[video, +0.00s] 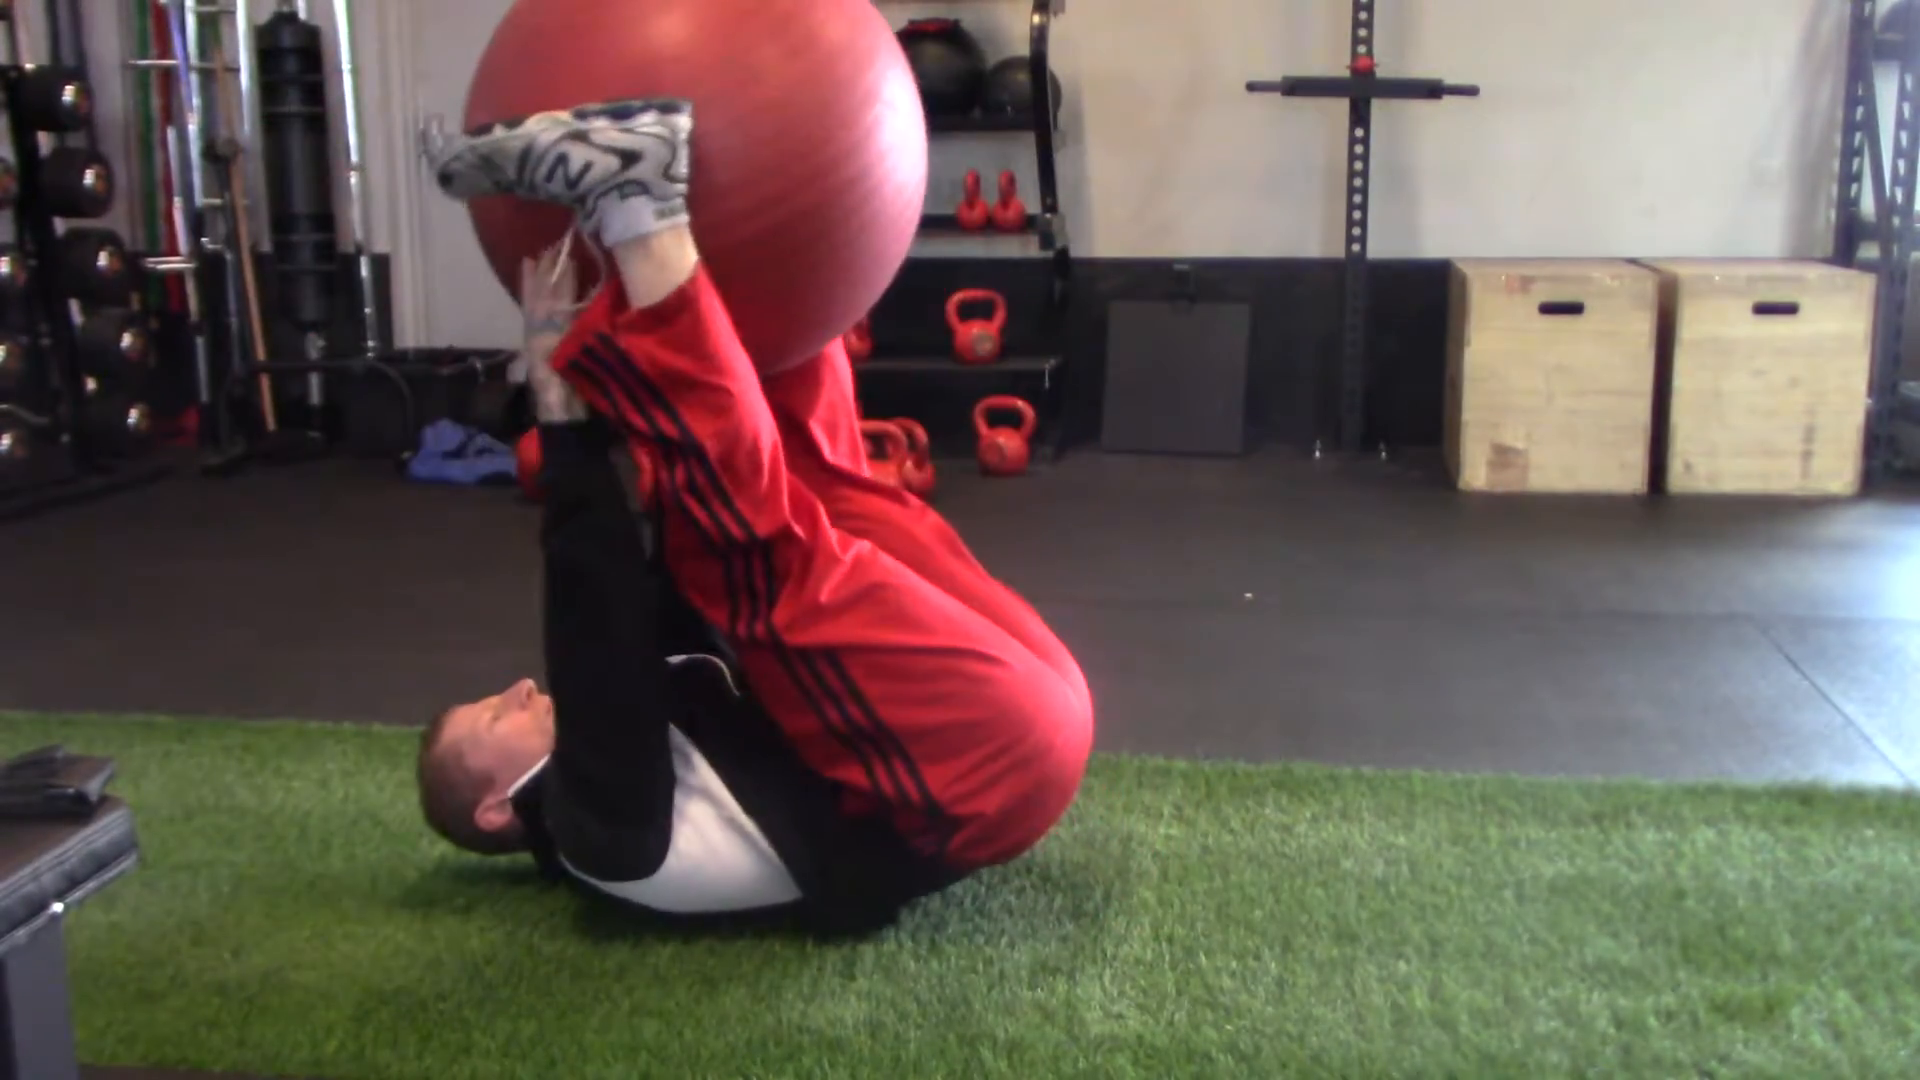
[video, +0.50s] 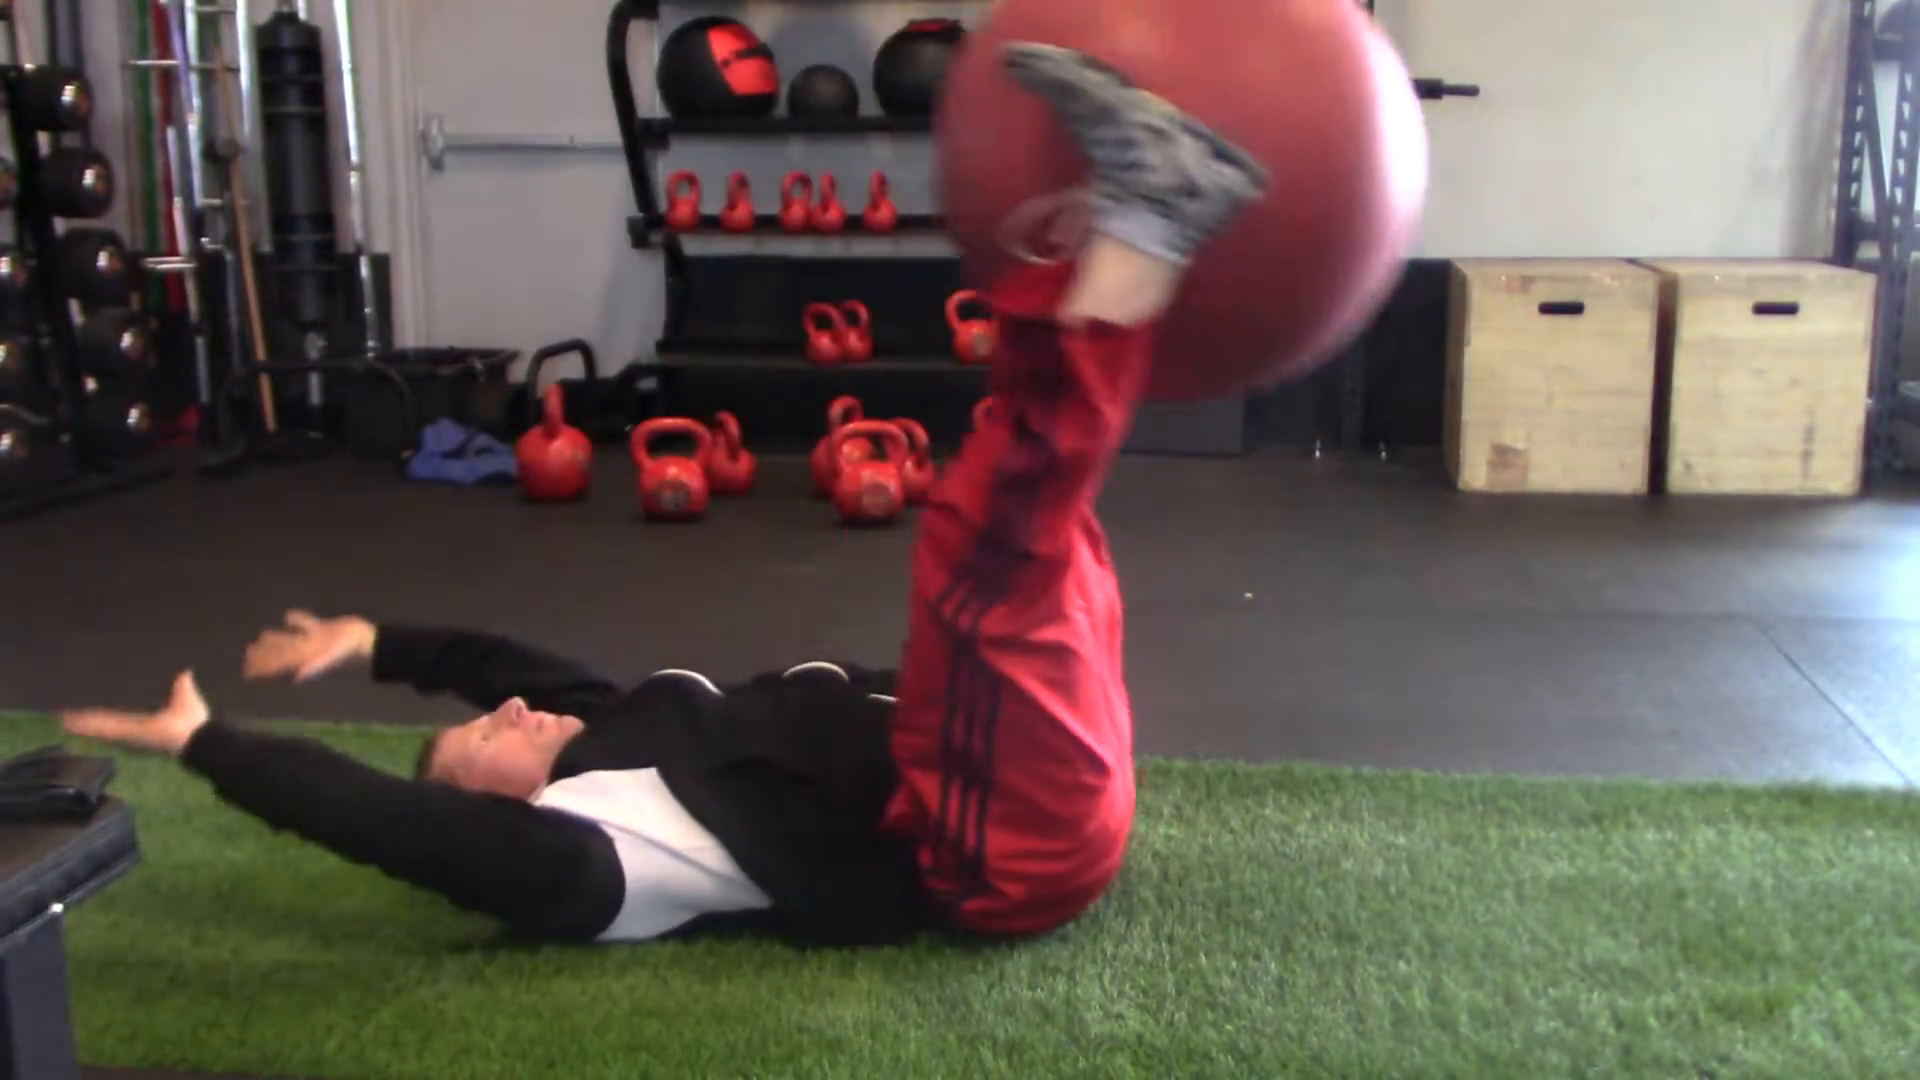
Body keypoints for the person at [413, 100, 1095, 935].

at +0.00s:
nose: (525, 688)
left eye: (507, 692)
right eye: (498, 711)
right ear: (502, 807)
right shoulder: (602, 830)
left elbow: (663, 595)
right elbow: (598, 620)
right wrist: (561, 409)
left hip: (1031, 716)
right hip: (969, 778)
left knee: (817, 491)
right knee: (751, 556)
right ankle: (640, 217)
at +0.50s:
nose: (483, 728)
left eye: (480, 720)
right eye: (466, 750)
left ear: (530, 717)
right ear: (477, 801)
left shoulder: (631, 721)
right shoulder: (583, 855)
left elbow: (515, 665)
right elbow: (407, 826)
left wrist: (373, 643)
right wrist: (207, 739)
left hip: (1007, 786)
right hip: (993, 848)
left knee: (1027, 522)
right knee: (987, 543)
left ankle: (1098, 254)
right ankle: (1132, 261)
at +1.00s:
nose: (526, 724)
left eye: (510, 723)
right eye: (500, 748)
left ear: (532, 736)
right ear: (501, 811)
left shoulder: (638, 741)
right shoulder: (622, 841)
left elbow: (496, 713)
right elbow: (428, 879)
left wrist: (382, 749)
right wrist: (227, 878)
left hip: (1021, 740)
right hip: (1020, 832)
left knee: (1260, 543)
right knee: (1242, 621)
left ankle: (1581, 538)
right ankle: (1615, 603)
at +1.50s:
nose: (512, 731)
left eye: (506, 721)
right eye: (489, 751)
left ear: (550, 718)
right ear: (496, 803)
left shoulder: (654, 720)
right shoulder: (607, 851)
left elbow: (544, 659)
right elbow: (425, 832)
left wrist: (407, 641)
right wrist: (233, 761)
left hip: (1032, 784)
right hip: (1015, 849)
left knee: (1092, 507)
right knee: (1005, 530)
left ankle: (1191, 270)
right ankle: (1207, 262)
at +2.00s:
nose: (518, 707)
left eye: (491, 716)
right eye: (489, 734)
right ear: (507, 819)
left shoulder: (670, 751)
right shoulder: (602, 856)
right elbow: (577, 659)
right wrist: (517, 459)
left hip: (1027, 701)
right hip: (970, 770)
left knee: (790, 478)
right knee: (728, 587)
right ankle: (569, 250)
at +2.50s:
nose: (521, 699)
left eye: (506, 700)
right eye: (498, 722)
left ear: (546, 722)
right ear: (498, 785)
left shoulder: (653, 710)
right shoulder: (598, 855)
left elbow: (586, 591)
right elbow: (431, 738)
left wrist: (439, 481)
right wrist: (274, 607)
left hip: (1032, 797)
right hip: (987, 848)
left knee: (993, 504)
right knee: (930, 523)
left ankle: (1063, 225)